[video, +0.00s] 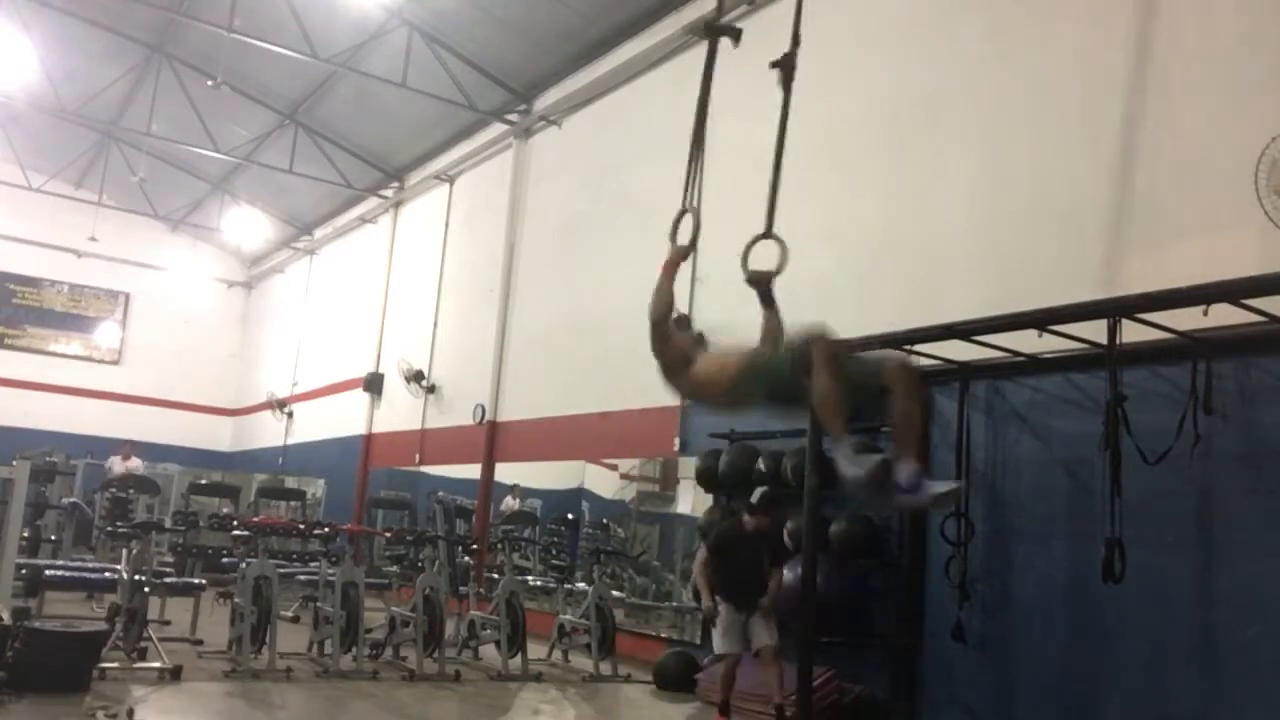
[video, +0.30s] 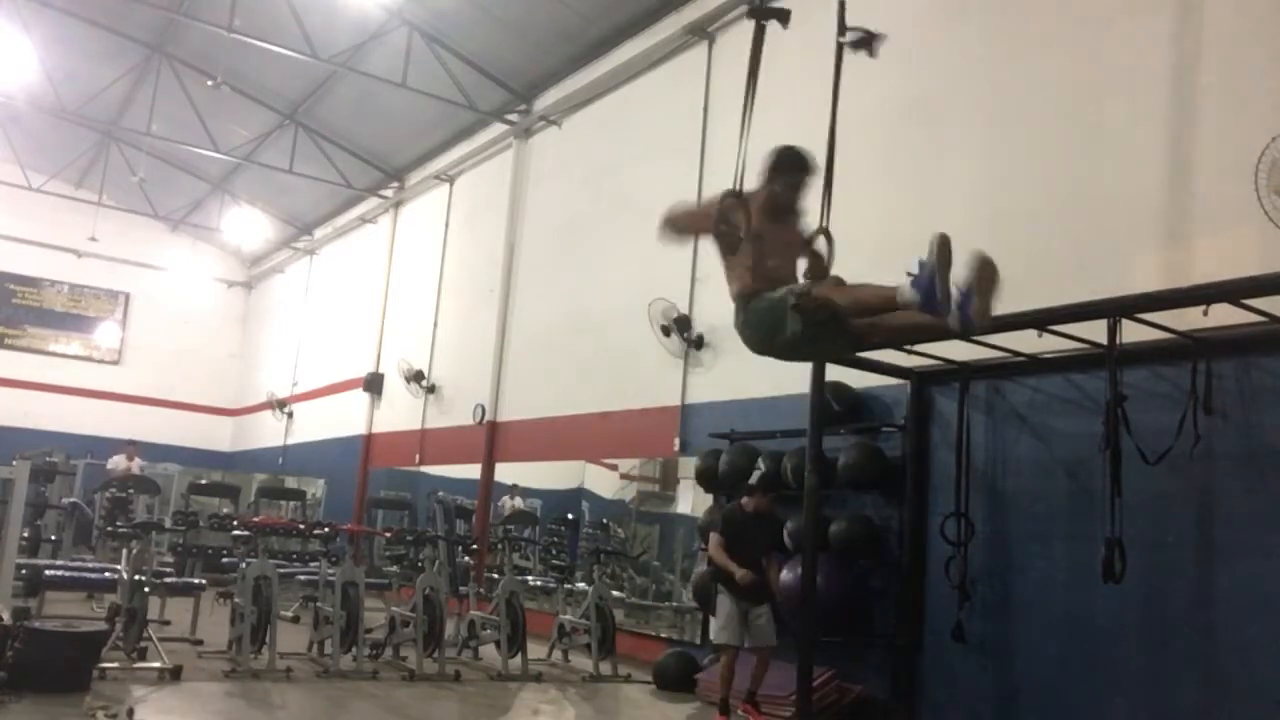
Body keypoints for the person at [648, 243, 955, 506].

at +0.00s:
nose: (693, 333)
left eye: (691, 328)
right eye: (683, 329)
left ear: (696, 337)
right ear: (669, 343)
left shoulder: (721, 362)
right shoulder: (685, 375)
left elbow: (771, 349)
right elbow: (658, 320)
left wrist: (765, 297)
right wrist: (669, 267)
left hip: (799, 374)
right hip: (770, 381)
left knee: (900, 371)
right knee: (820, 345)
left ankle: (909, 478)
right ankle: (843, 453)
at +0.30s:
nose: (793, 197)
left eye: (799, 189)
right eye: (788, 186)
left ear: (800, 188)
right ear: (770, 178)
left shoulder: (793, 226)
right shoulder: (734, 207)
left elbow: (800, 280)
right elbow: (670, 223)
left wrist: (818, 265)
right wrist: (710, 220)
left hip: (787, 320)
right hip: (755, 314)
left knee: (871, 328)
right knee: (825, 292)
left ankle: (957, 319)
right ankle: (913, 293)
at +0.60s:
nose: (857, 229)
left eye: (865, 224)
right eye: (855, 219)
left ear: (872, 217)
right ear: (839, 199)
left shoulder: (852, 232)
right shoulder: (798, 195)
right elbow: (736, 168)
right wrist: (743, 217)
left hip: (798, 311)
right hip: (759, 308)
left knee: (847, 367)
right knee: (821, 365)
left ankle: (855, 472)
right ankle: (819, 476)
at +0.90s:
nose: (900, 216)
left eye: (908, 211)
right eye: (900, 207)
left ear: (908, 204)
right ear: (885, 187)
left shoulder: (886, 225)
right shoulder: (836, 184)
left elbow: (877, 266)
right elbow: (770, 160)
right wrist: (779, 201)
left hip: (820, 315)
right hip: (782, 305)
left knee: (817, 415)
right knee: (792, 408)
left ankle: (786, 512)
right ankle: (754, 512)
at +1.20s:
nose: (873, 189)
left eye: (880, 182)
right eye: (869, 178)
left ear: (883, 182)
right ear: (850, 168)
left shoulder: (868, 216)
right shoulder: (805, 188)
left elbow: (903, 264)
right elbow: (735, 189)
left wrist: (898, 245)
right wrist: (762, 218)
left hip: (818, 314)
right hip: (779, 311)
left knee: (871, 360)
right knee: (837, 359)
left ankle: (885, 464)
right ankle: (858, 472)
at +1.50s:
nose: (793, 297)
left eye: (799, 291)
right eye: (784, 288)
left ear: (805, 295)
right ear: (766, 290)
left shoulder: (811, 337)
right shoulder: (749, 326)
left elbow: (853, 346)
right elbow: (702, 315)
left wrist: (850, 296)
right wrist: (726, 260)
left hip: (830, 411)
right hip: (791, 416)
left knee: (898, 377)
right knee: (872, 388)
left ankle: (977, 414)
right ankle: (953, 435)